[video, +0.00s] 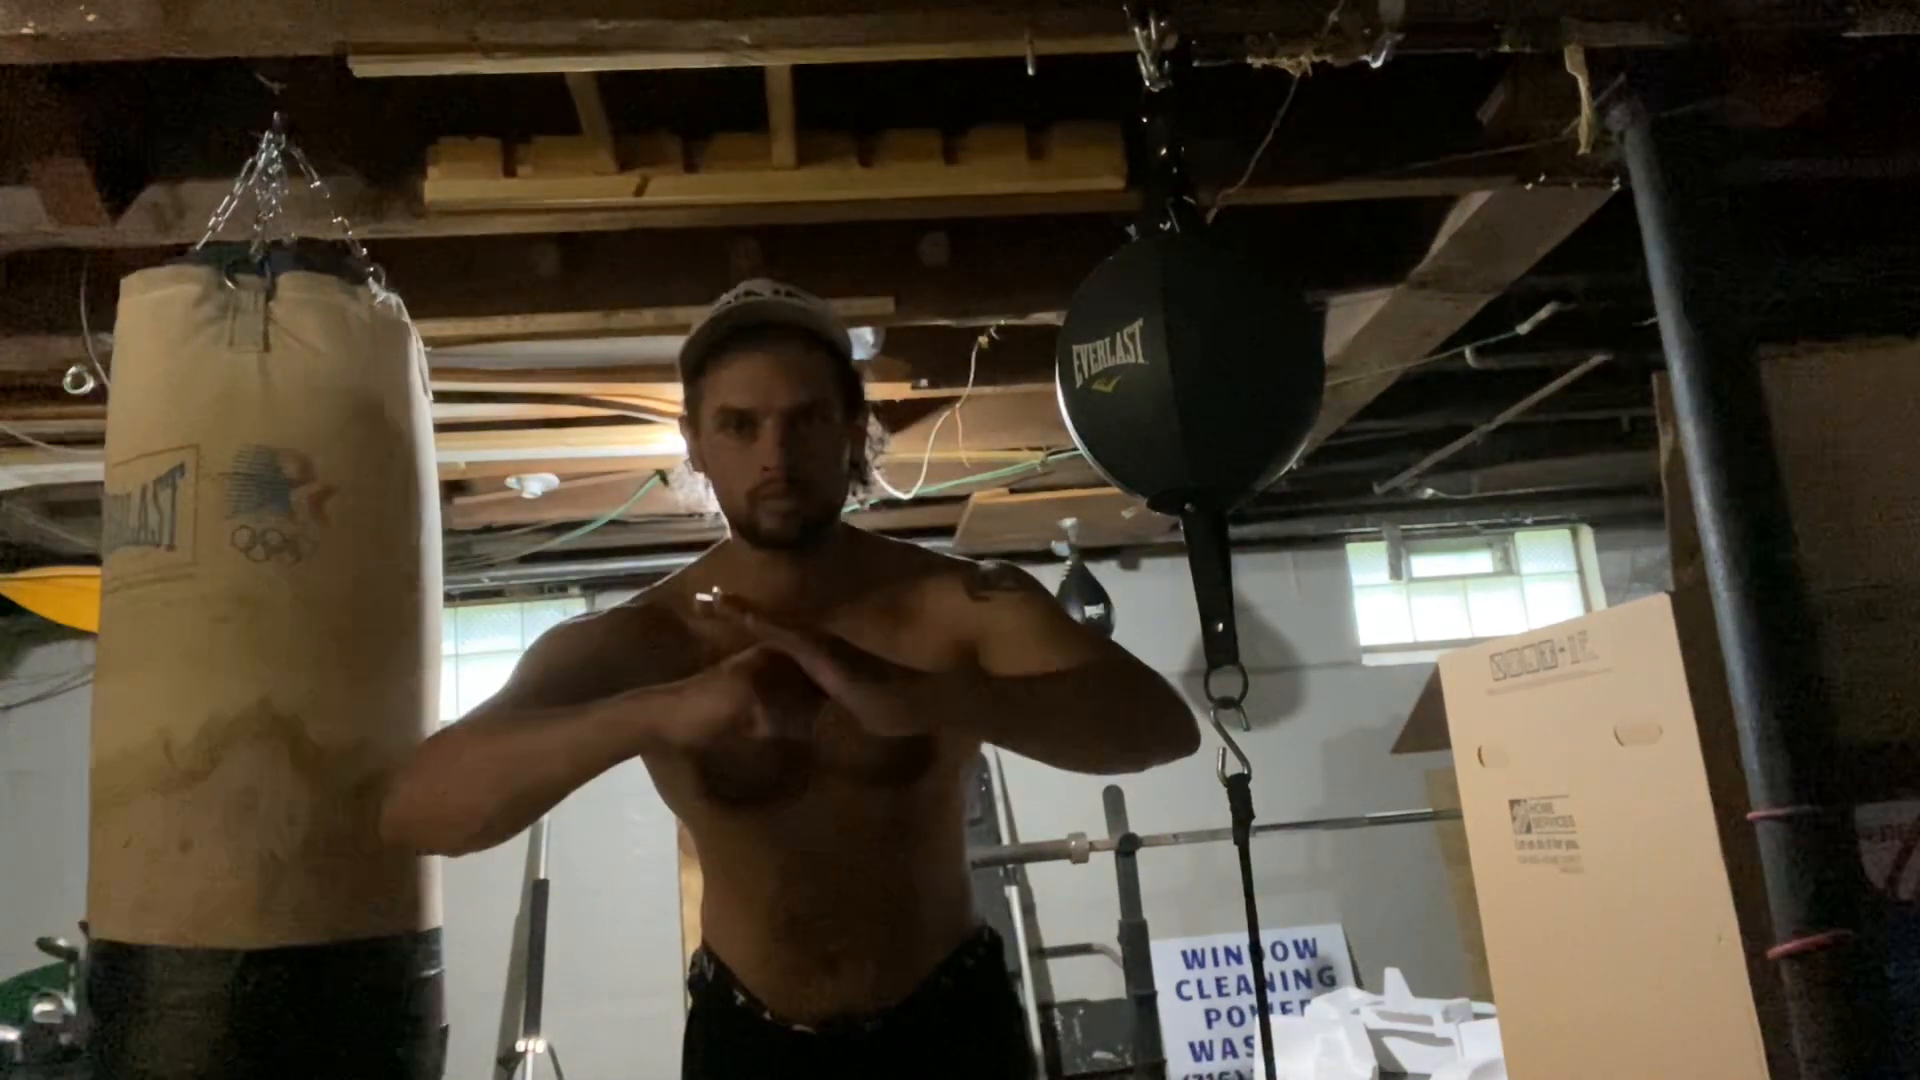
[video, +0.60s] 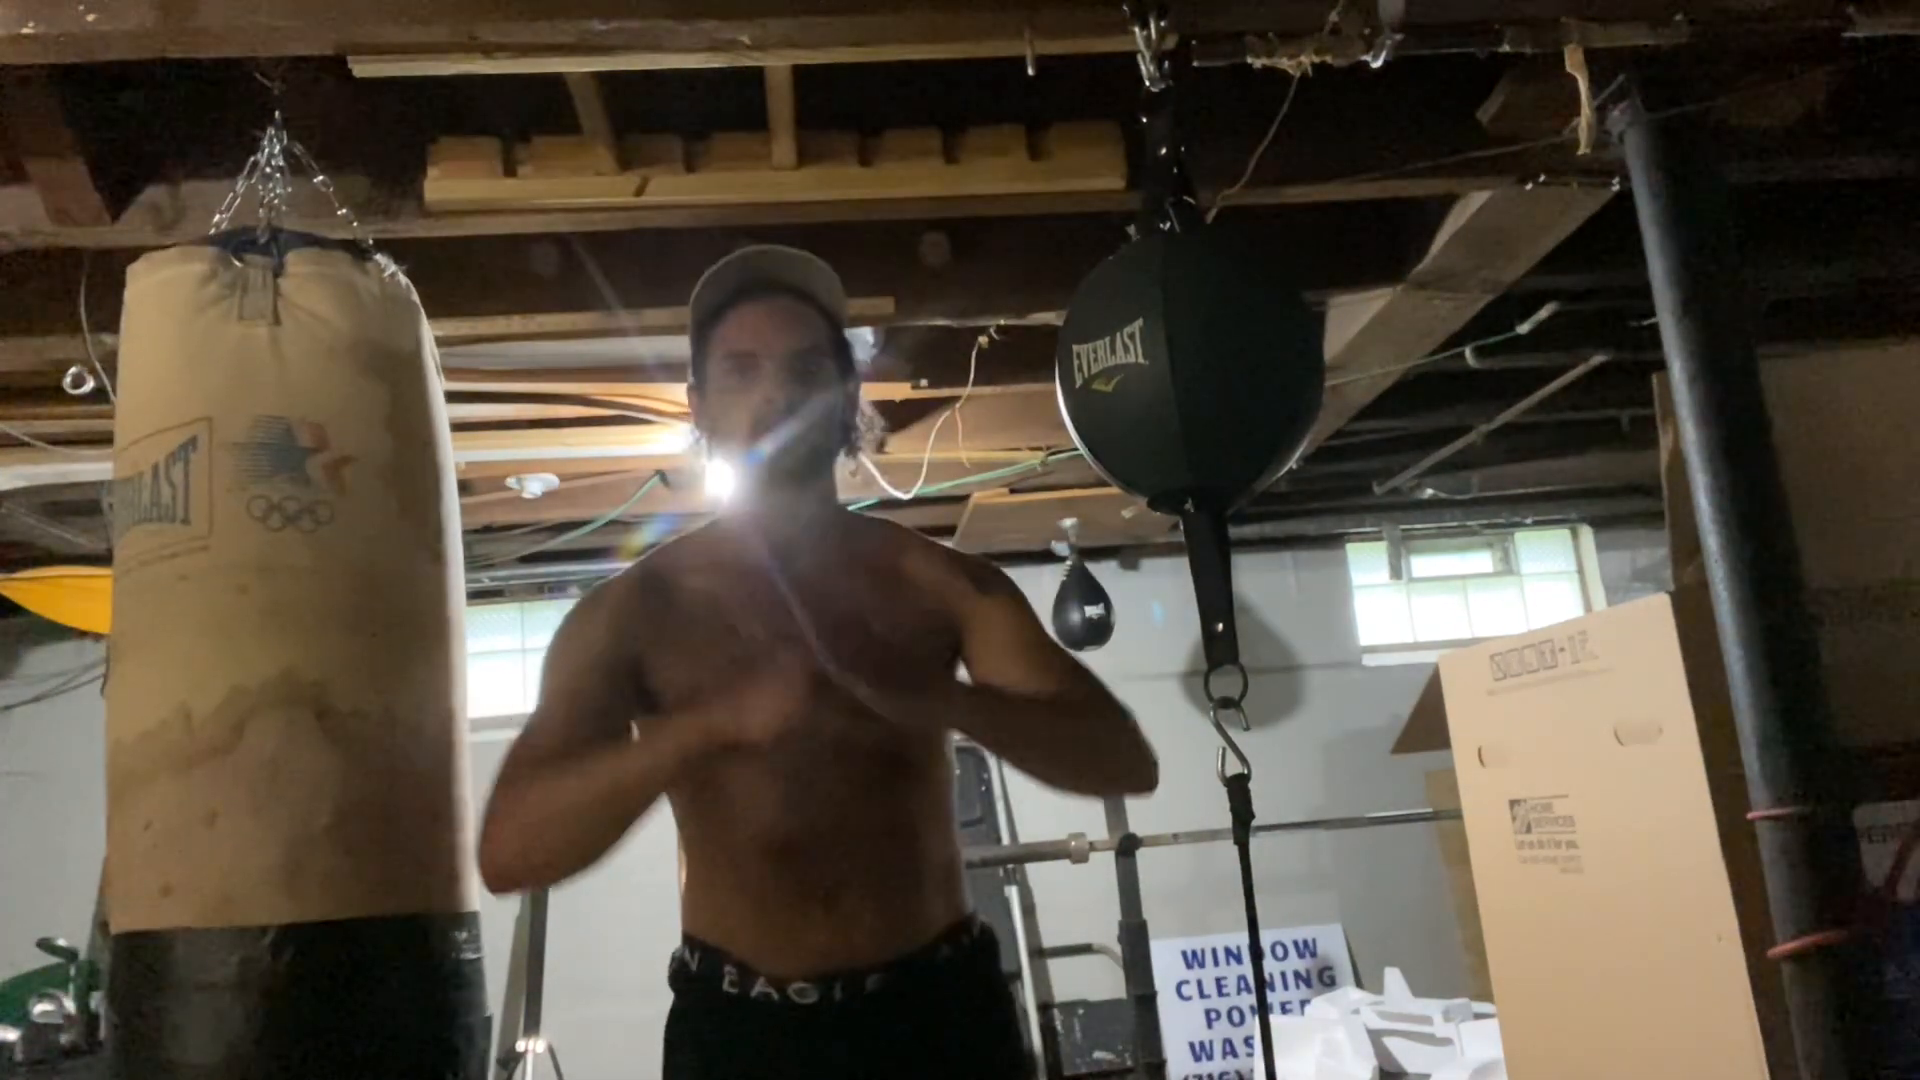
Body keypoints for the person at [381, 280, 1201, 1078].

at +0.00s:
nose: (775, 455)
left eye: (806, 419)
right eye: (739, 426)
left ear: (855, 438)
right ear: (697, 452)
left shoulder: (957, 603)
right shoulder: (635, 644)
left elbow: (1162, 725)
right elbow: (414, 811)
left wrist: (937, 704)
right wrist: (656, 719)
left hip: (948, 1024)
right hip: (748, 1039)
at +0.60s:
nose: (775, 395)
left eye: (806, 371)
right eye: (742, 370)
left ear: (851, 407)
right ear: (698, 409)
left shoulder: (942, 582)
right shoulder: (636, 610)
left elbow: (1126, 763)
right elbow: (509, 851)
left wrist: (942, 703)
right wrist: (703, 726)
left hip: (934, 1008)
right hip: (736, 1025)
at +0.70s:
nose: (786, 393)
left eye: (815, 368)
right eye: (751, 369)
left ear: (858, 407)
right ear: (710, 413)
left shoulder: (949, 588)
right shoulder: (641, 614)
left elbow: (1120, 797)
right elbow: (550, 875)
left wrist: (951, 762)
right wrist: (746, 793)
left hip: (943, 1007)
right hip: (743, 1023)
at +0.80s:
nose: (791, 405)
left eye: (819, 377)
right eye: (759, 377)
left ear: (865, 408)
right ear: (719, 416)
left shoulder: (958, 594)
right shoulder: (649, 621)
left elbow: (1115, 818)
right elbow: (576, 883)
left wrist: (1009, 844)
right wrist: (788, 848)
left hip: (951, 1010)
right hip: (751, 1023)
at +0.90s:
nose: (804, 415)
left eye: (830, 386)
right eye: (776, 387)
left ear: (880, 418)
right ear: (737, 423)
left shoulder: (972, 600)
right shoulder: (665, 627)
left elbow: (1112, 853)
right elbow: (606, 894)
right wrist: (819, 913)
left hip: (958, 1011)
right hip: (767, 1021)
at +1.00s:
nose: (827, 430)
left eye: (853, 402)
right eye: (797, 407)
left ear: (902, 436)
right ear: (755, 441)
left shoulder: (989, 612)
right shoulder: (686, 636)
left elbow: (1093, 879)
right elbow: (662, 920)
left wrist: (1084, 1054)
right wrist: (858, 997)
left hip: (998, 1031)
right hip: (794, 1044)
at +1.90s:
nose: (926, 404)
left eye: (920, 379)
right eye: (884, 377)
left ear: (924, 405)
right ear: (797, 410)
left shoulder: (966, 612)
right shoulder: (710, 592)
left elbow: (1018, 853)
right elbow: (634, 887)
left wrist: (1099, 992)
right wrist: (834, 1057)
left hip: (988, 1021)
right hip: (792, 1028)